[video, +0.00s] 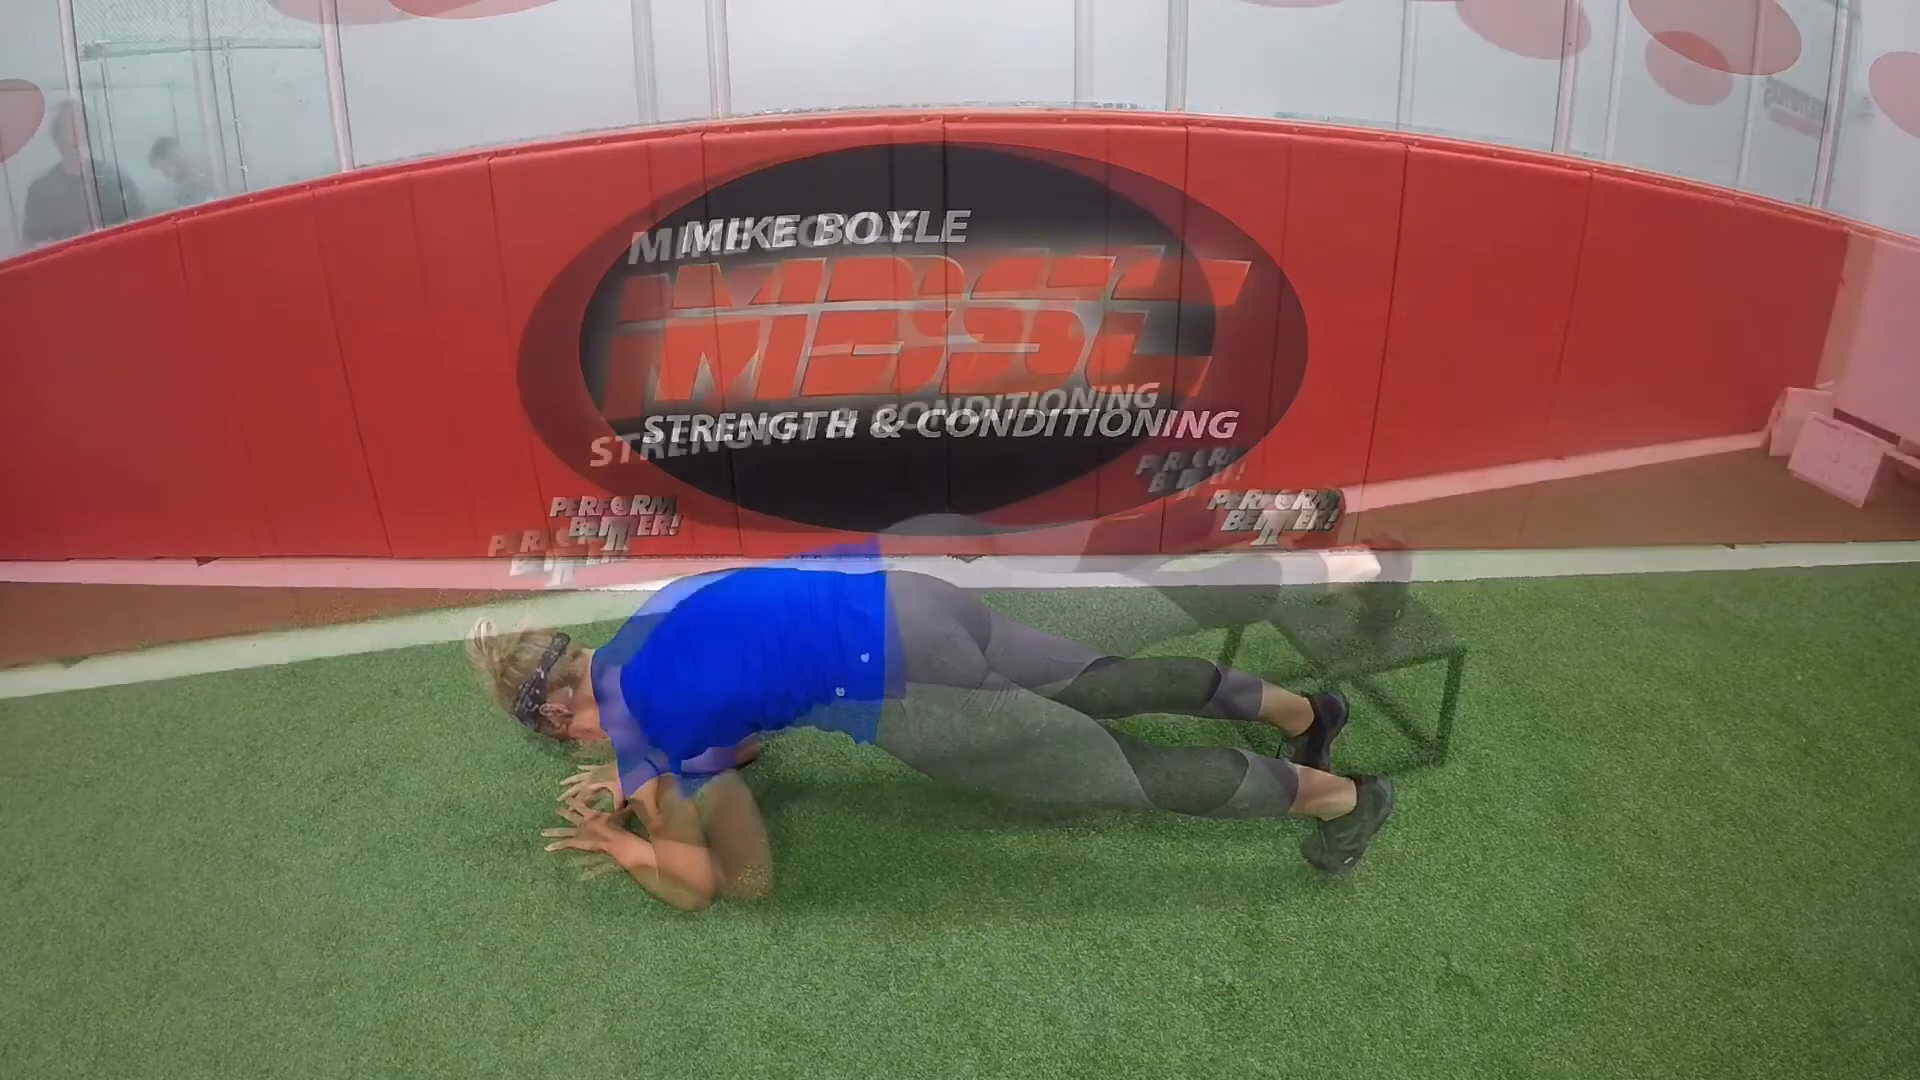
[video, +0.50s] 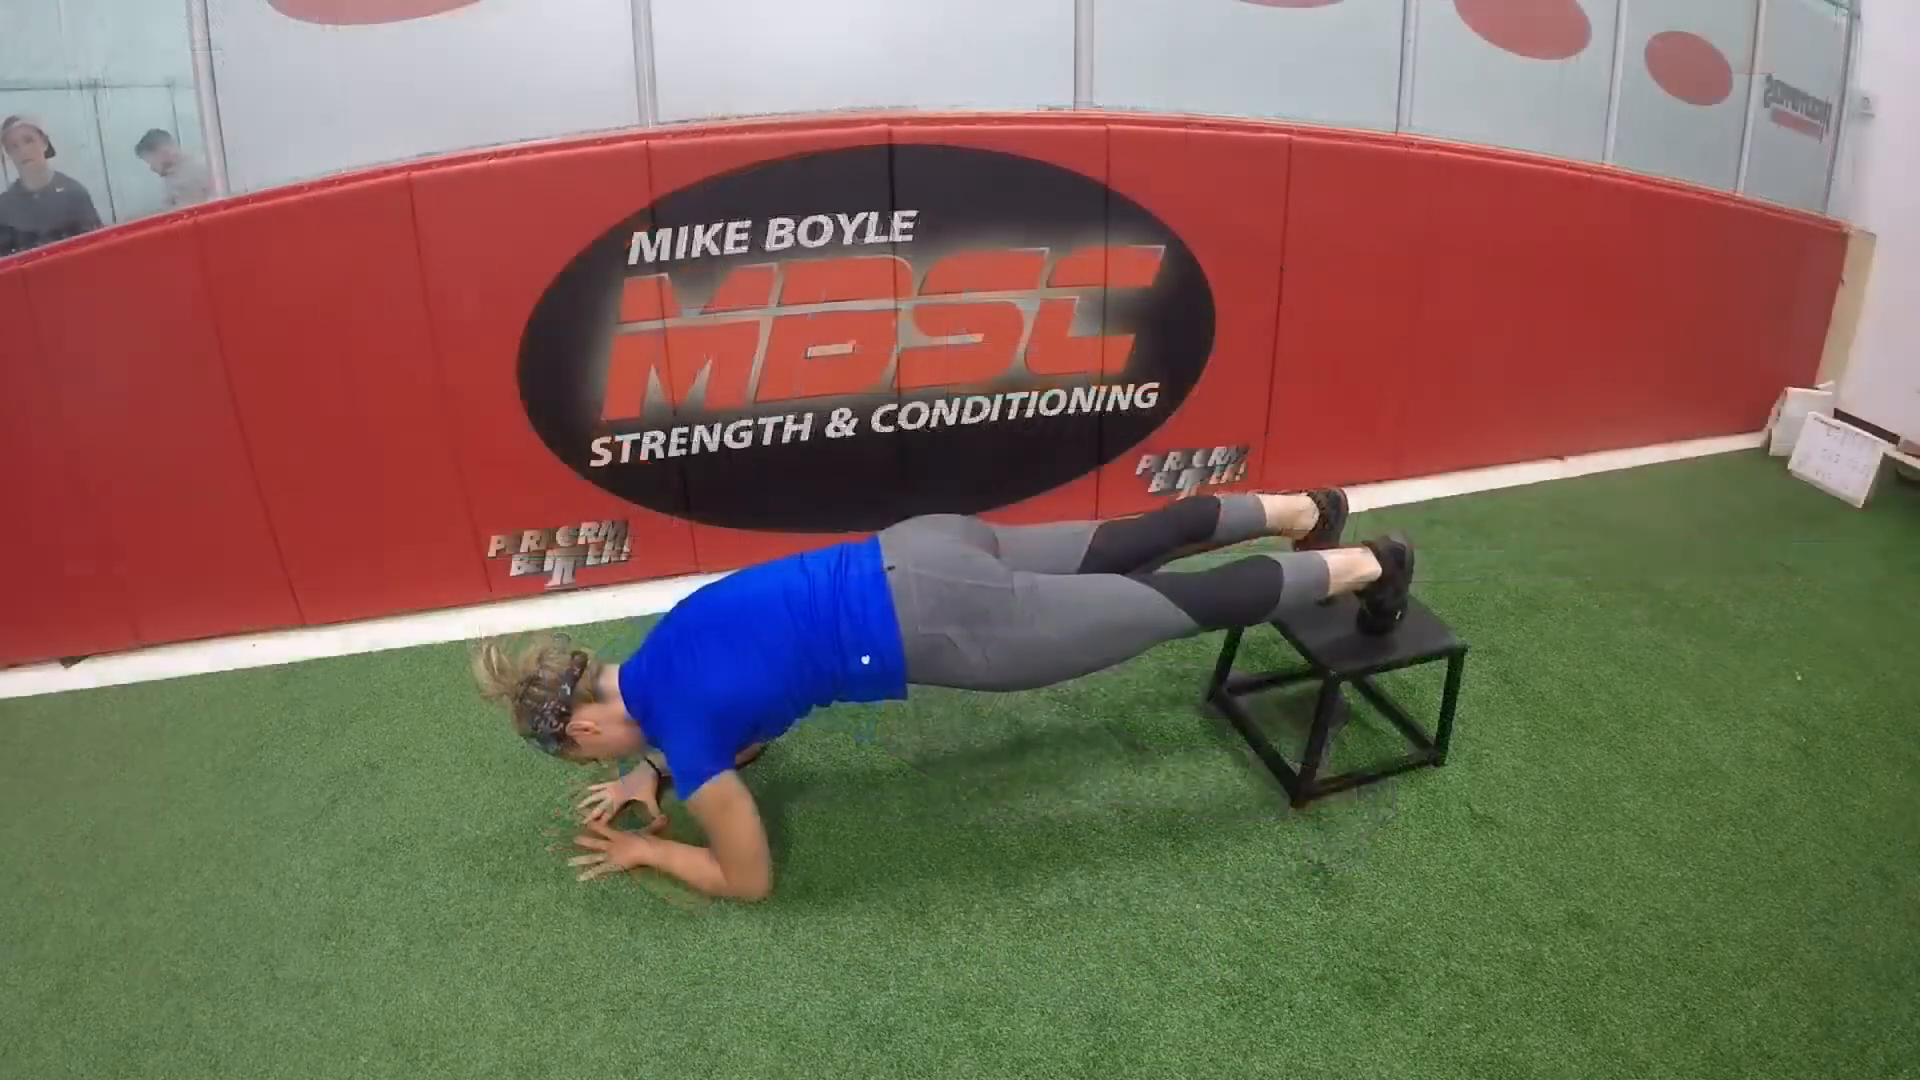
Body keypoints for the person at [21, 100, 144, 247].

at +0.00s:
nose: (77, 137)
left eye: (81, 129)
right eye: (70, 131)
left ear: (90, 132)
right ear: (58, 138)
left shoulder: (116, 179)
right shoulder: (42, 189)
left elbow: (140, 222)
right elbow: (34, 243)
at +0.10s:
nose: (58, 137)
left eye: (62, 128)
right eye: (50, 130)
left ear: (76, 134)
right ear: (37, 138)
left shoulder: (105, 178)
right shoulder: (29, 191)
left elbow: (126, 230)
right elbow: (22, 250)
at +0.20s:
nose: (42, 139)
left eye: (47, 129)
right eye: (31, 134)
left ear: (60, 133)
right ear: (25, 144)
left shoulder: (90, 175)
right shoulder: (18, 194)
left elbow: (115, 220)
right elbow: (14, 246)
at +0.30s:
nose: (28, 142)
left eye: (33, 131)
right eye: (19, 137)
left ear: (49, 135)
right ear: (14, 147)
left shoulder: (82, 178)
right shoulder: (7, 199)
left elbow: (107, 227)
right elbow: (7, 254)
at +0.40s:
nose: (23, 145)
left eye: (28, 135)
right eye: (14, 141)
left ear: (45, 137)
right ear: (9, 150)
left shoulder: (77, 184)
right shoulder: (5, 202)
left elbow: (95, 234)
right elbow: (5, 257)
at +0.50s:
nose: (22, 151)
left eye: (28, 141)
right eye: (14, 146)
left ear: (44, 143)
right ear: (8, 154)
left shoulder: (73, 191)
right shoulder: (5, 204)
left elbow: (95, 240)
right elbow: (4, 258)